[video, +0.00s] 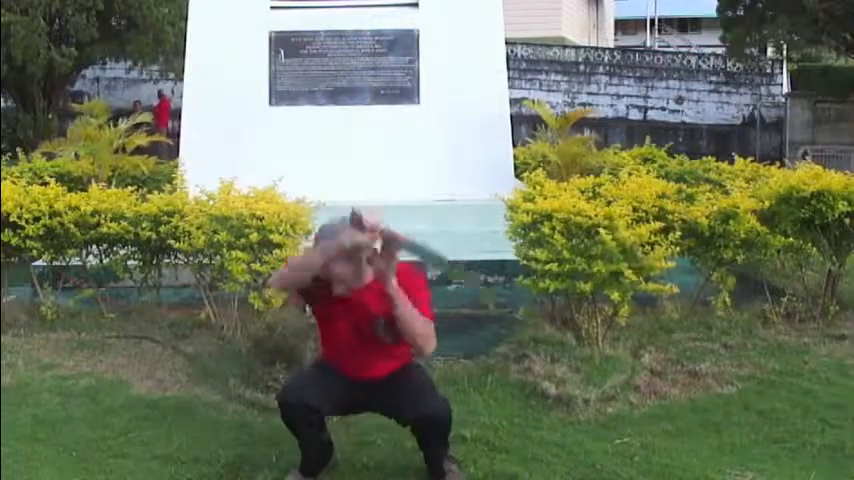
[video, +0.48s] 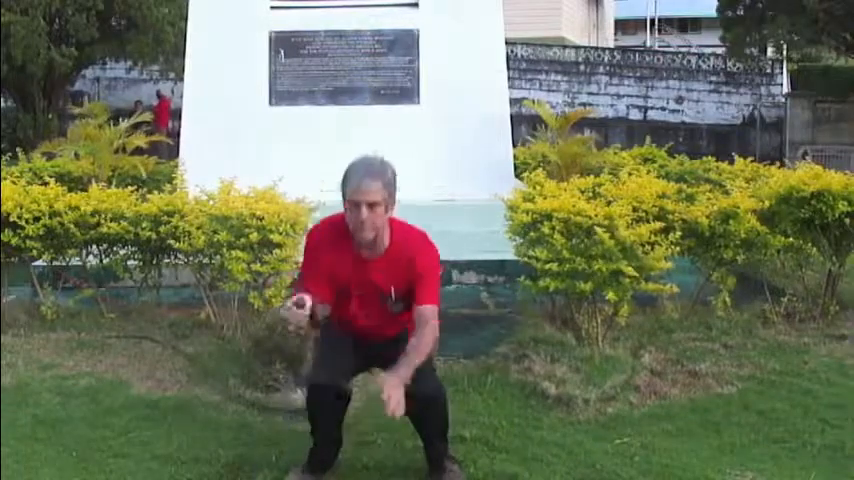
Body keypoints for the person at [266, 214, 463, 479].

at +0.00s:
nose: (336, 292)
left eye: (344, 283)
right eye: (331, 283)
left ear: (366, 264)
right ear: (325, 269)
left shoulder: (406, 277)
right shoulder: (320, 286)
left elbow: (426, 345)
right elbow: (279, 282)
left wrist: (391, 286)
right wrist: (340, 243)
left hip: (396, 377)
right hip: (338, 376)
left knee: (435, 413)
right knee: (294, 400)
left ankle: (439, 462)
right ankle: (317, 458)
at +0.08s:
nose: (338, 298)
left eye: (344, 289)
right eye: (332, 289)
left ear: (370, 272)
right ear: (323, 279)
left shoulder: (408, 284)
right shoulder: (321, 292)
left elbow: (424, 347)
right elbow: (284, 288)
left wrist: (396, 283)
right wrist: (339, 241)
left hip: (396, 382)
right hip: (339, 382)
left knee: (438, 415)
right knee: (296, 402)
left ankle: (438, 464)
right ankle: (318, 459)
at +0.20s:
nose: (346, 289)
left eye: (354, 281)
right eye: (339, 280)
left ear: (376, 268)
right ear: (328, 267)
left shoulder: (411, 287)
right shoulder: (316, 274)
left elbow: (424, 364)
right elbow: (279, 315)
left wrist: (390, 304)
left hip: (398, 381)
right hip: (343, 379)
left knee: (437, 413)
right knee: (301, 400)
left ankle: (437, 463)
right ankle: (319, 458)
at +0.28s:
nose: (350, 274)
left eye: (359, 265)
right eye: (342, 264)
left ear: (380, 256)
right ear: (332, 254)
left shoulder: (414, 284)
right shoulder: (319, 270)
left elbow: (425, 365)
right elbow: (278, 324)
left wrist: (379, 316)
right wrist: (308, 317)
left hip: (398, 375)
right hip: (343, 372)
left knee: (436, 410)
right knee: (307, 398)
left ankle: (438, 463)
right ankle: (319, 457)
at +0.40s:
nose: (357, 239)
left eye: (368, 228)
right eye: (350, 227)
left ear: (387, 226)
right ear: (340, 222)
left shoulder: (418, 263)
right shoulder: (323, 249)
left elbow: (429, 343)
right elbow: (299, 311)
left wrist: (385, 354)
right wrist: (307, 318)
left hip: (403, 350)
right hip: (343, 348)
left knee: (430, 398)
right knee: (319, 393)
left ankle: (439, 463)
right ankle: (321, 459)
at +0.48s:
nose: (363, 217)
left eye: (373, 206)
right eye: (354, 206)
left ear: (390, 207)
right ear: (344, 204)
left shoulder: (419, 248)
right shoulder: (323, 238)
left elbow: (428, 326)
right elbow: (319, 313)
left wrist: (399, 376)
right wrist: (305, 311)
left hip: (400, 337)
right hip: (343, 336)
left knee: (429, 394)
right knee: (322, 392)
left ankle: (439, 463)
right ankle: (321, 461)